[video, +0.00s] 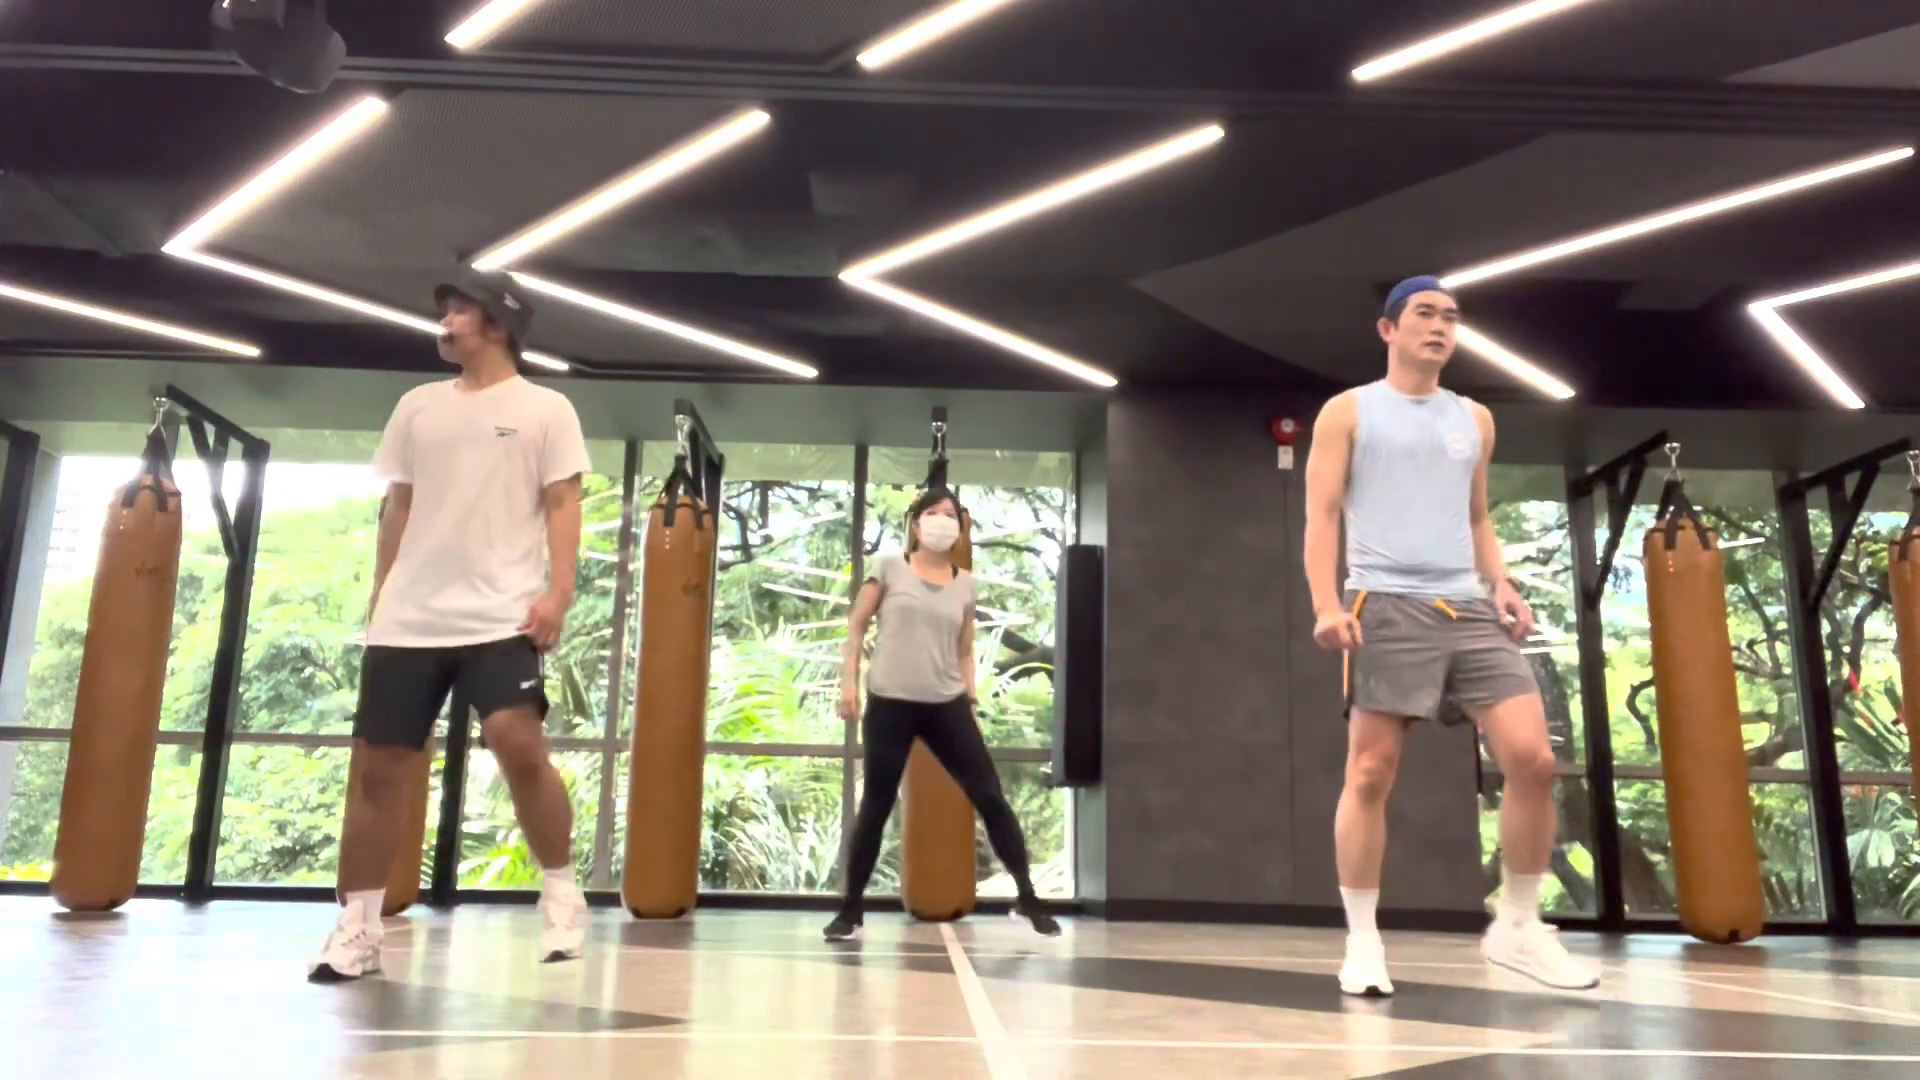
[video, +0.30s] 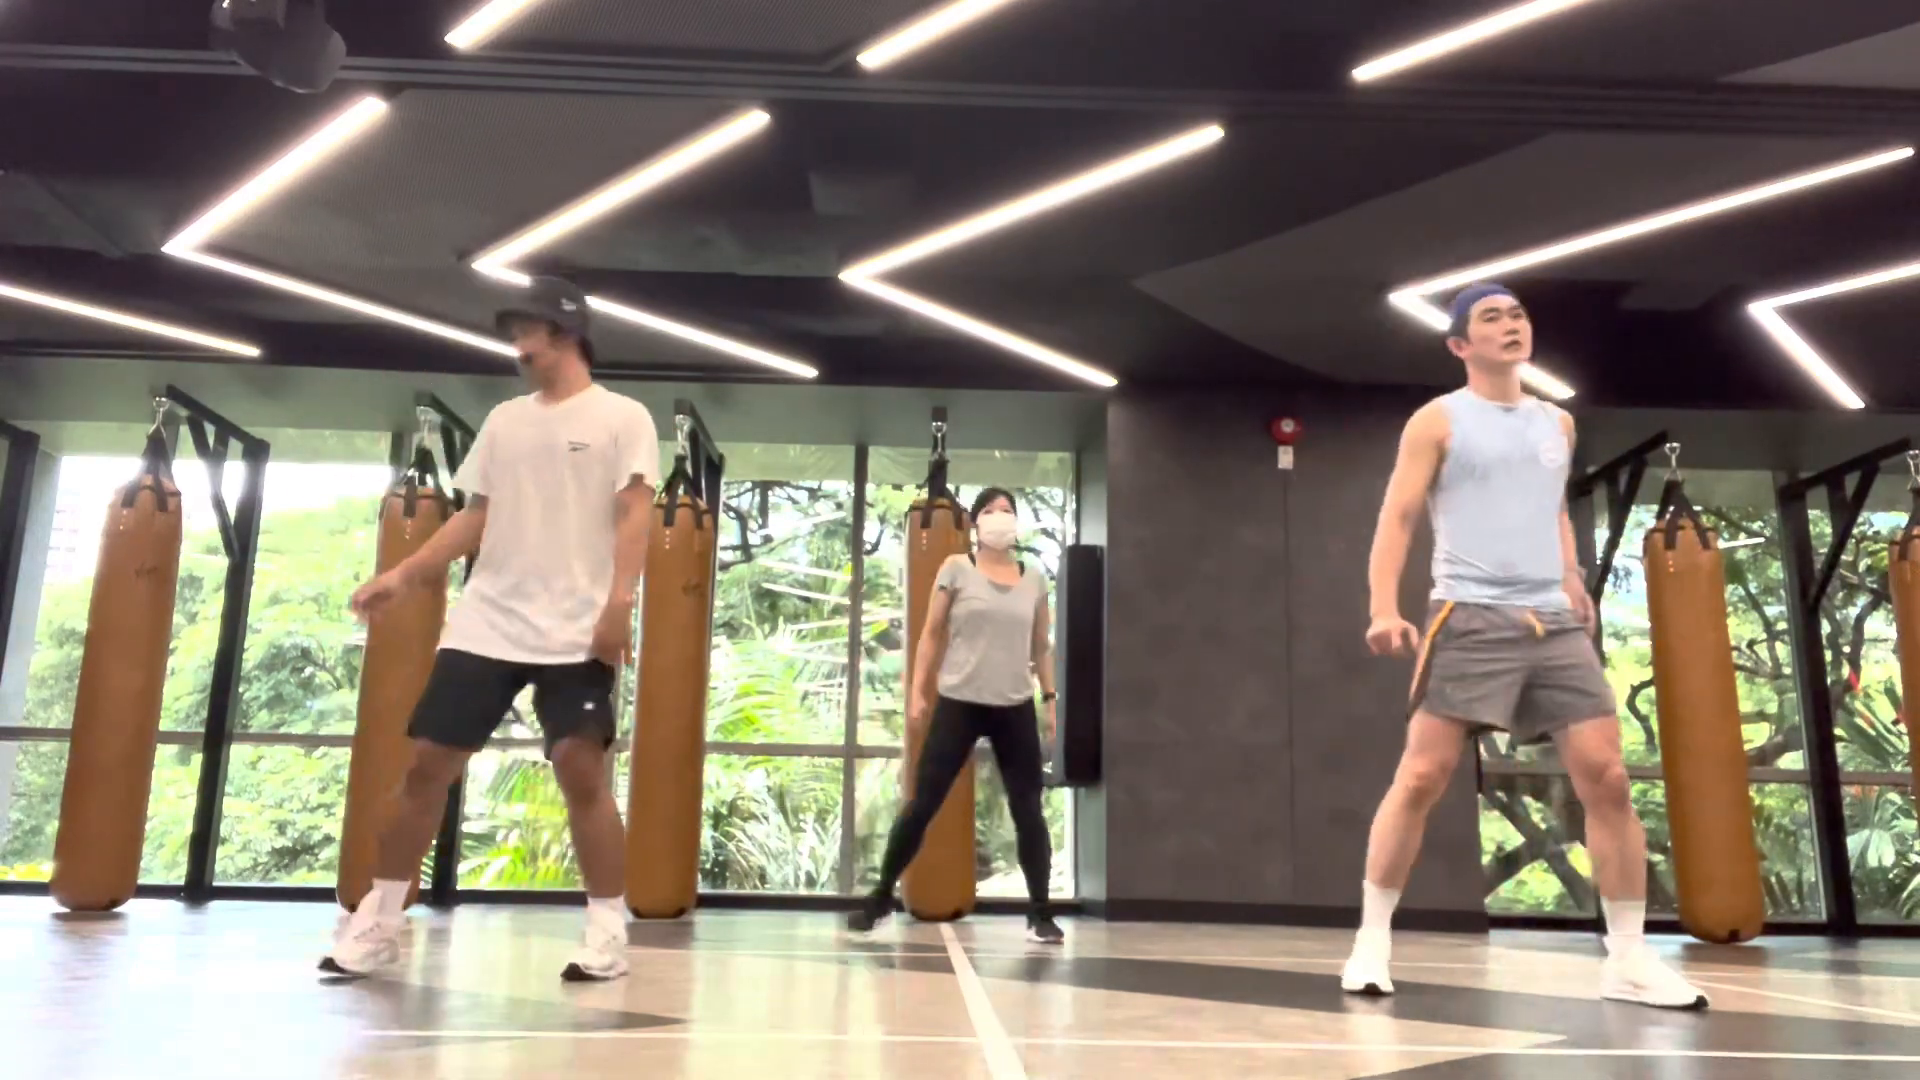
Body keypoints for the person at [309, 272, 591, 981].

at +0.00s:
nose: (445, 322)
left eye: (459, 309)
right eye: (445, 311)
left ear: (499, 321)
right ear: (454, 325)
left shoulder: (547, 409)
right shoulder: (416, 407)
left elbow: (564, 506)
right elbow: (397, 515)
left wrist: (559, 592)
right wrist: (383, 603)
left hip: (501, 614)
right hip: (408, 615)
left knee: (519, 746)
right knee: (375, 765)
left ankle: (560, 892)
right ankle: (359, 929)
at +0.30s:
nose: (518, 345)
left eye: (530, 331)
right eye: (515, 332)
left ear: (568, 335)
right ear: (523, 341)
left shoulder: (624, 418)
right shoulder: (504, 420)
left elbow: (634, 515)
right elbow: (474, 518)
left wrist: (618, 606)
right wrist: (400, 574)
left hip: (574, 630)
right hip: (486, 623)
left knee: (580, 768)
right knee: (425, 767)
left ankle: (607, 935)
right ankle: (380, 920)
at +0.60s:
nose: (578, 327)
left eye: (592, 319)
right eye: (565, 320)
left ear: (618, 338)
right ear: (550, 343)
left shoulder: (644, 415)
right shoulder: (528, 419)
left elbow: (665, 509)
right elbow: (500, 514)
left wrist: (646, 596)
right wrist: (422, 516)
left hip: (603, 622)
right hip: (521, 623)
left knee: (596, 766)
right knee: (511, 763)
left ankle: (610, 925)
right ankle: (575, 912)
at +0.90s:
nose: (554, 323)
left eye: (567, 315)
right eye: (541, 317)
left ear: (593, 334)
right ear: (524, 341)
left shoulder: (619, 408)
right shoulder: (503, 417)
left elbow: (626, 509)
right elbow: (460, 494)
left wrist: (600, 598)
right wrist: (416, 416)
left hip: (574, 615)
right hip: (488, 611)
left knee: (582, 768)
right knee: (422, 741)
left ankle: (607, 928)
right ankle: (440, 897)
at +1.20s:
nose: (487, 345)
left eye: (503, 339)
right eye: (476, 335)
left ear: (525, 362)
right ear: (456, 352)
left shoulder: (538, 441)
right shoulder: (416, 420)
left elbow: (547, 537)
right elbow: (357, 494)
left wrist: (536, 625)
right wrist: (324, 408)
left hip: (485, 640)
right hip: (391, 631)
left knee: (524, 775)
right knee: (335, 767)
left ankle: (595, 921)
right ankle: (327, 926)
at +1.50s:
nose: (441, 332)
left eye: (457, 326)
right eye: (430, 323)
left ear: (480, 348)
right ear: (412, 341)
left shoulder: (505, 428)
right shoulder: (368, 408)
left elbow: (509, 526)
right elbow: (305, 475)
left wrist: (484, 609)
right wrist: (307, 388)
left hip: (434, 627)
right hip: (346, 620)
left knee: (405, 769)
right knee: (327, 769)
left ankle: (386, 923)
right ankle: (325, 921)